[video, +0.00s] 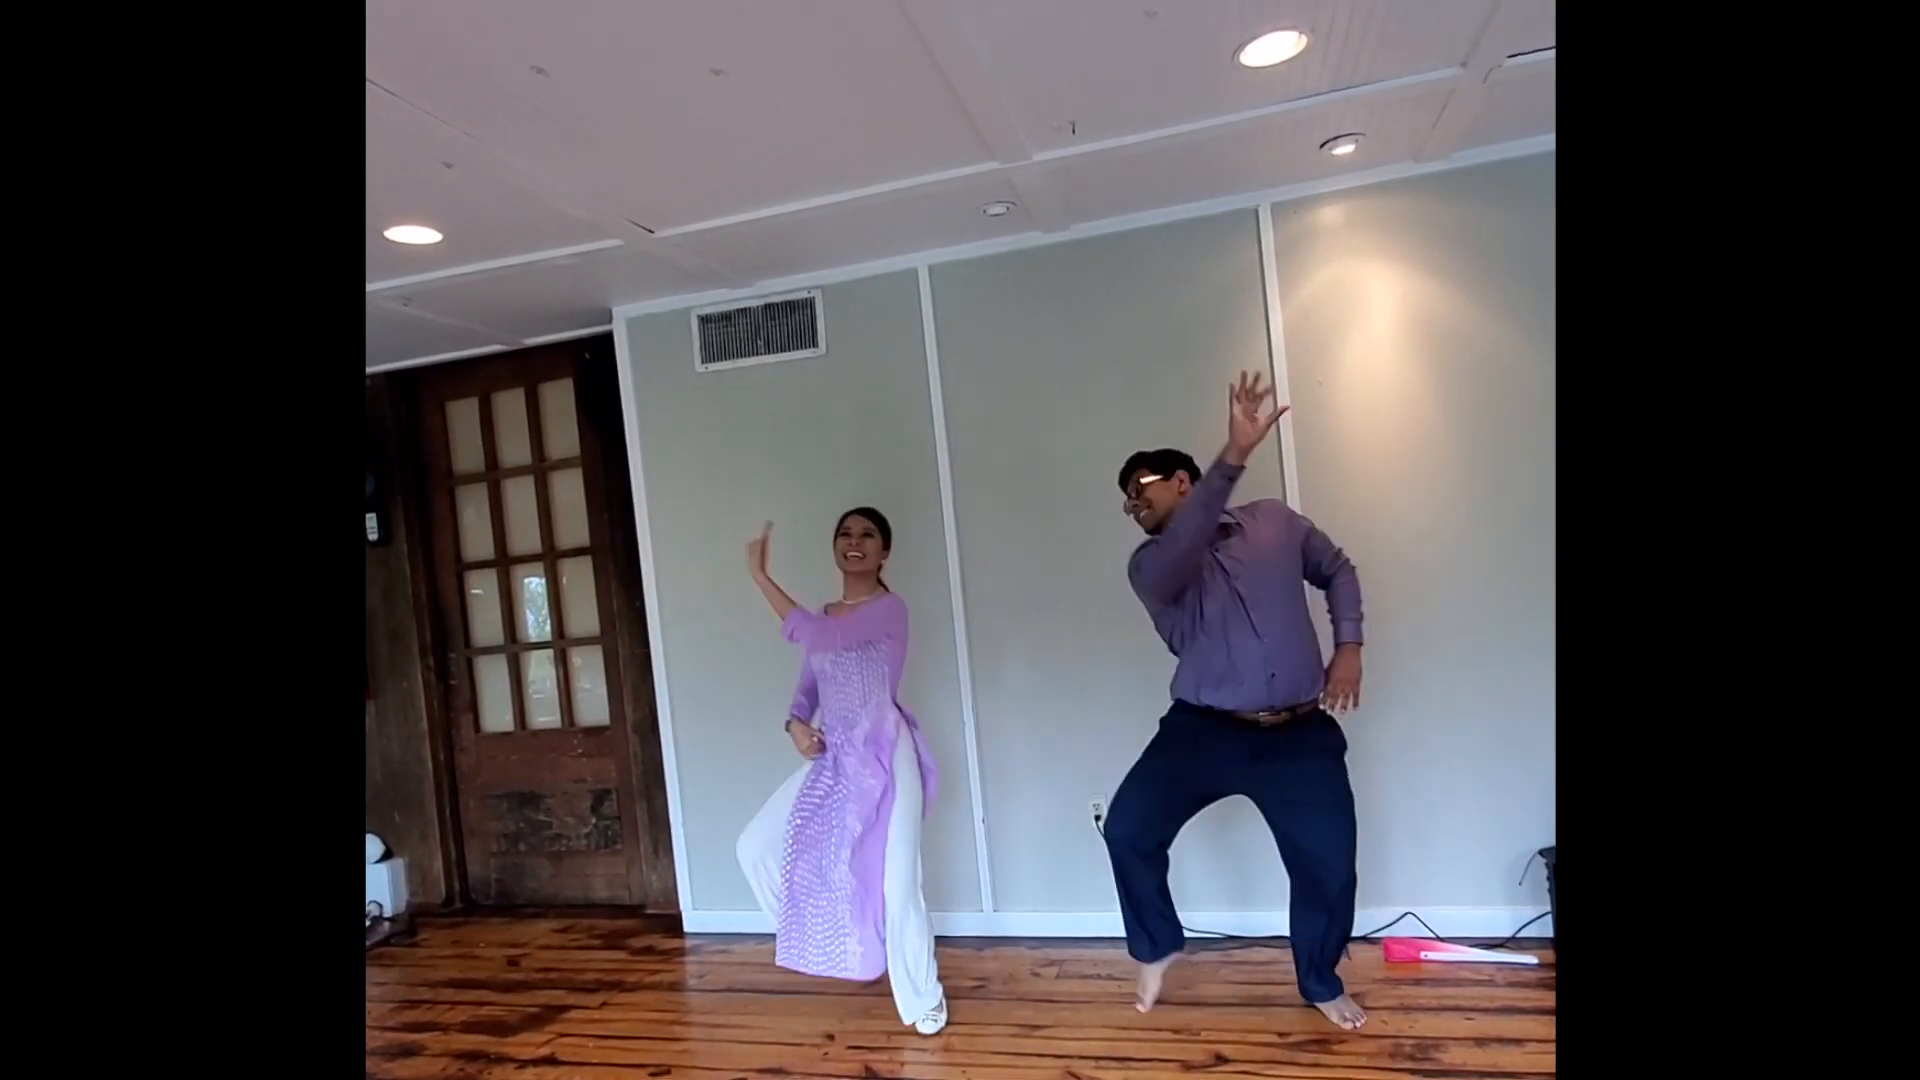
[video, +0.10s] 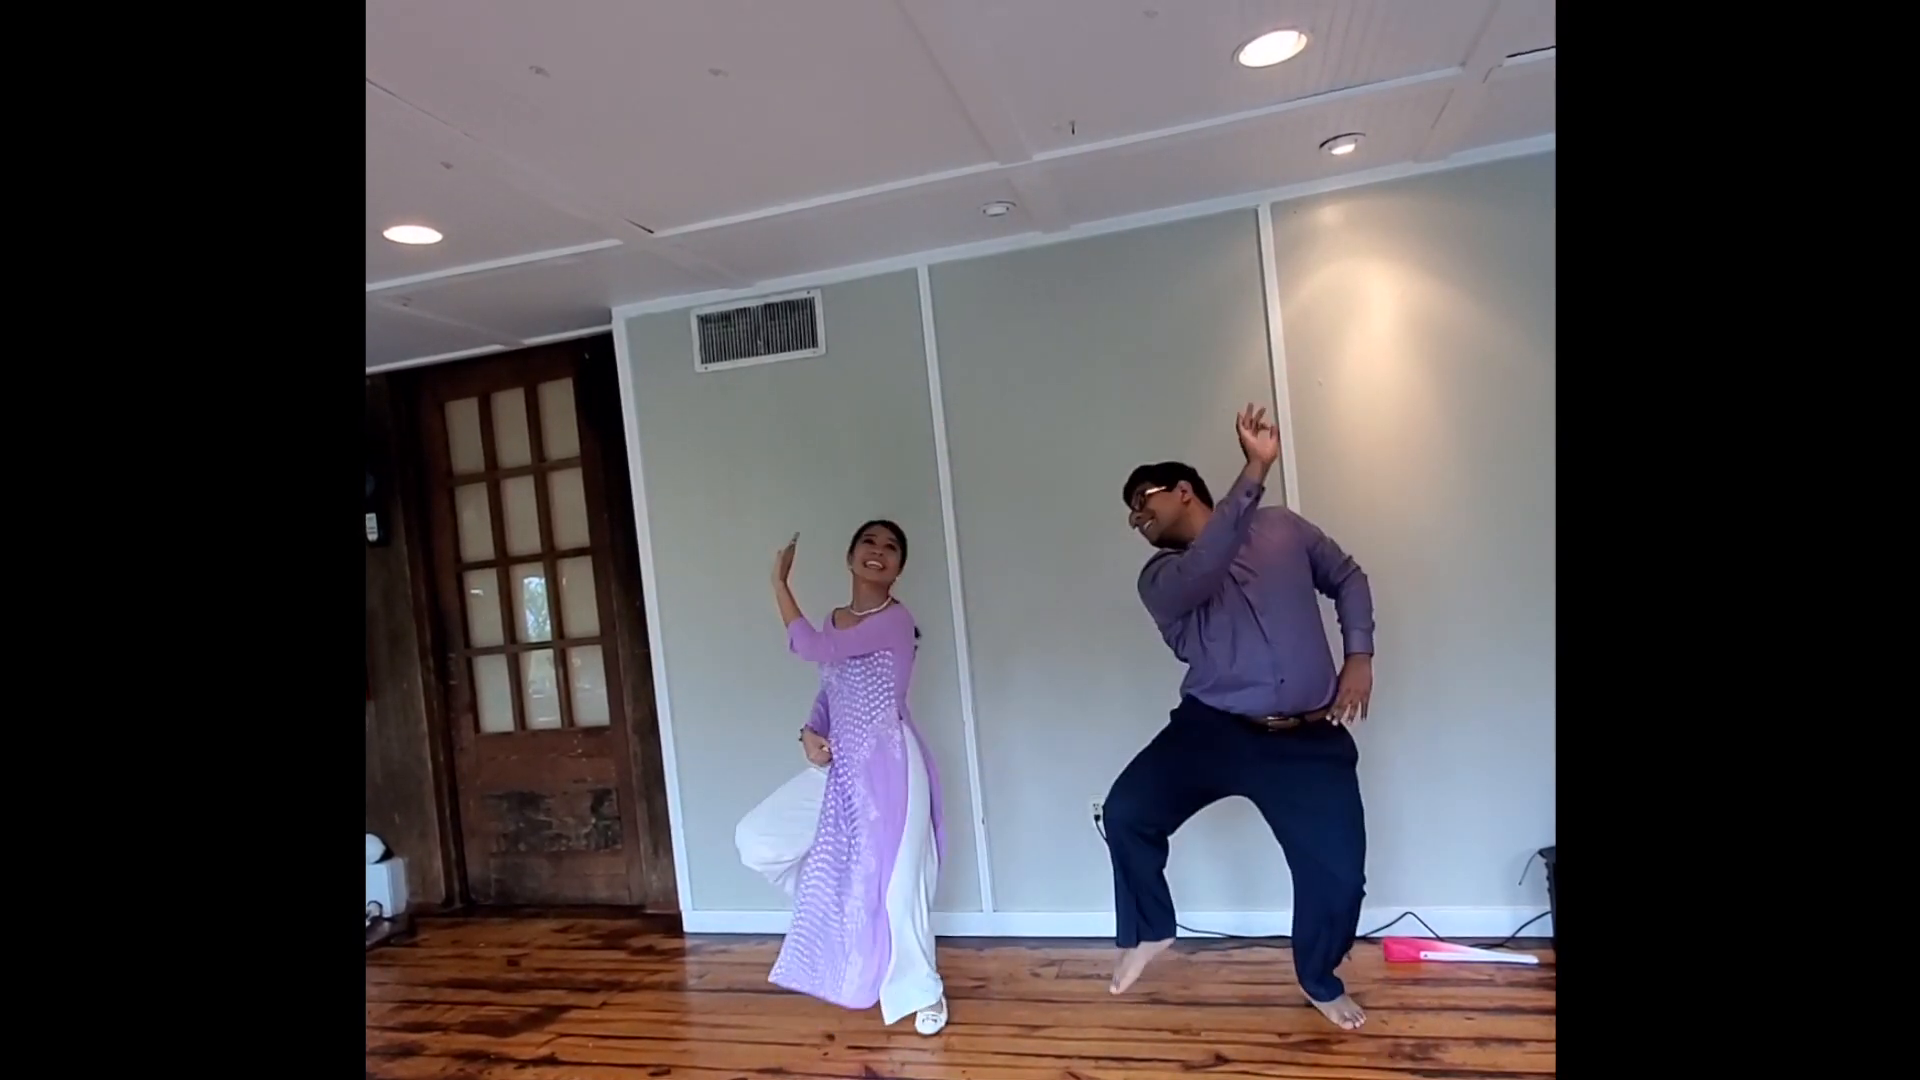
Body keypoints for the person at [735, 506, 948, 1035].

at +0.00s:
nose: (854, 543)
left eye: (866, 536)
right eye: (846, 536)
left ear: (885, 550)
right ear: (834, 550)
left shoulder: (890, 609)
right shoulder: (820, 621)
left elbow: (819, 633)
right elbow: (807, 690)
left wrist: (761, 577)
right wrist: (796, 723)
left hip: (887, 755)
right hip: (832, 758)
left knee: (896, 880)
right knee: (754, 845)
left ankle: (924, 1001)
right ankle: (828, 942)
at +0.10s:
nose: (878, 551)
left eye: (890, 548)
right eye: (870, 542)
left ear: (900, 567)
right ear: (850, 556)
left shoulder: (898, 621)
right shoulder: (835, 624)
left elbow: (812, 647)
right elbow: (827, 696)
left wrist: (780, 585)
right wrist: (811, 732)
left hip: (891, 765)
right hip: (842, 765)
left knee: (895, 881)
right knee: (756, 836)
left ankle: (924, 993)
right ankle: (841, 900)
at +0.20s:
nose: (895, 548)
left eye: (906, 545)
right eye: (887, 538)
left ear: (910, 564)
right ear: (862, 549)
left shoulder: (900, 608)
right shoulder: (840, 611)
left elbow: (817, 624)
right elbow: (829, 687)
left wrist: (781, 567)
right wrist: (814, 721)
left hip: (893, 754)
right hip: (844, 756)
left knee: (902, 871)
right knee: (763, 843)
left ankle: (923, 990)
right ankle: (846, 923)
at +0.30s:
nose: (901, 538)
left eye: (912, 537)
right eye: (892, 529)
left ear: (915, 554)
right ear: (867, 540)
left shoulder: (902, 591)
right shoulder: (843, 605)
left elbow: (817, 593)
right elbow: (825, 675)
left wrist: (776, 543)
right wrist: (806, 713)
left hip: (892, 745)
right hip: (840, 749)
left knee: (905, 868)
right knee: (786, 863)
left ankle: (923, 993)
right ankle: (792, 977)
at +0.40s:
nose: (902, 539)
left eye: (913, 538)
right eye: (893, 529)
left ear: (916, 556)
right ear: (868, 540)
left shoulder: (905, 597)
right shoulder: (845, 607)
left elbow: (825, 598)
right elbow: (827, 672)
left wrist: (775, 545)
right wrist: (801, 712)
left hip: (888, 745)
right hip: (837, 747)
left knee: (903, 865)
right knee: (819, 866)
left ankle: (925, 985)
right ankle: (792, 990)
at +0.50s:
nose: (892, 547)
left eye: (905, 544)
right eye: (885, 536)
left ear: (913, 561)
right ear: (865, 545)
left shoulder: (905, 613)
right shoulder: (843, 612)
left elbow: (834, 628)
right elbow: (828, 688)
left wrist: (788, 564)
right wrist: (803, 726)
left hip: (884, 754)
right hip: (838, 756)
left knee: (898, 873)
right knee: (821, 876)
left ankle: (928, 990)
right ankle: (802, 995)